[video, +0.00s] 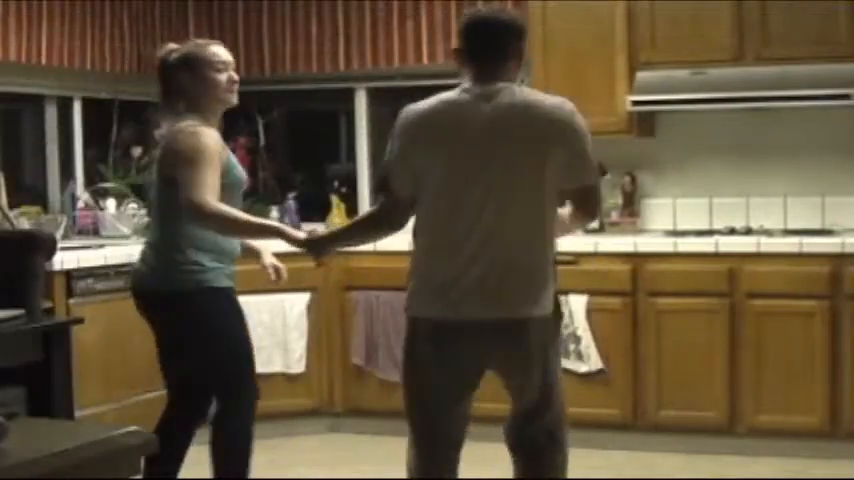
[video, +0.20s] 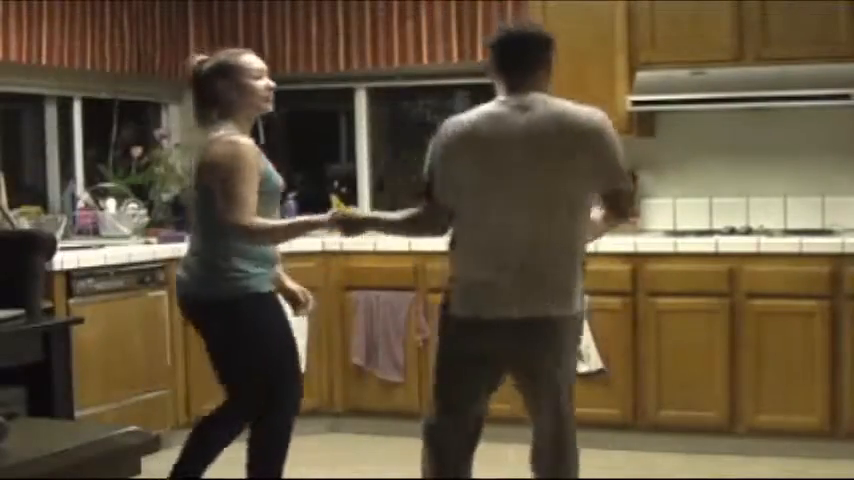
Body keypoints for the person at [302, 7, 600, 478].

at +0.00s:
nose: (517, 62)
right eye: (519, 55)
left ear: (460, 57)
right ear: (520, 56)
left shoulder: (419, 119)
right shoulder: (557, 116)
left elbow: (392, 214)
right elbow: (588, 209)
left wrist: (324, 241)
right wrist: (552, 221)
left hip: (440, 319)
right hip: (525, 318)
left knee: (433, 456)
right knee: (541, 439)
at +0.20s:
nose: (545, 74)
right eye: (547, 66)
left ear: (493, 70)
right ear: (548, 67)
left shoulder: (457, 132)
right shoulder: (589, 126)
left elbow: (434, 221)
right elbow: (621, 207)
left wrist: (367, 221)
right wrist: (585, 227)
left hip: (473, 318)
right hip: (551, 318)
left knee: (449, 440)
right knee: (555, 437)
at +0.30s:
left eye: (512, 69)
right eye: (568, 69)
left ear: (514, 71)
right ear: (567, 70)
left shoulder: (484, 135)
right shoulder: (609, 127)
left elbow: (453, 217)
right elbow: (637, 205)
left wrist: (390, 188)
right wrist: (599, 209)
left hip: (501, 313)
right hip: (576, 314)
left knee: (452, 418)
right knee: (567, 434)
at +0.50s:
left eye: (553, 64)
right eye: (598, 63)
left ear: (548, 65)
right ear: (600, 64)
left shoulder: (514, 125)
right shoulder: (639, 123)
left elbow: (486, 194)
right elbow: (664, 195)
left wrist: (444, 165)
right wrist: (620, 181)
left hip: (533, 300)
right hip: (606, 298)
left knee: (517, 427)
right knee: (604, 406)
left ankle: (525, 477)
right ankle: (580, 476)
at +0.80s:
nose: (573, 83)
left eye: (576, 73)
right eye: (574, 74)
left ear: (591, 72)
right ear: (632, 74)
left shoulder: (576, 134)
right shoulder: (685, 128)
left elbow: (545, 211)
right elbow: (697, 202)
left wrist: (484, 188)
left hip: (605, 302)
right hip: (673, 300)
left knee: (511, 364)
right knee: (649, 423)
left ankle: (593, 463)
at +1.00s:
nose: (574, 84)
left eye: (576, 73)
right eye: (575, 74)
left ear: (590, 74)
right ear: (630, 76)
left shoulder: (586, 131)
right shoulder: (677, 129)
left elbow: (568, 219)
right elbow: (669, 211)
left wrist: (521, 200)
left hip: (621, 305)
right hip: (680, 302)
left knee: (554, 408)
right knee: (651, 433)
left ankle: (615, 473)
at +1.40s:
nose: (524, 86)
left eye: (526, 75)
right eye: (523, 76)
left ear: (541, 74)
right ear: (579, 75)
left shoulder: (542, 124)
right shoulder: (629, 129)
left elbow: (540, 205)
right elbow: (652, 208)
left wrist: (469, 218)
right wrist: (586, 212)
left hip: (589, 308)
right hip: (639, 302)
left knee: (604, 435)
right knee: (589, 433)